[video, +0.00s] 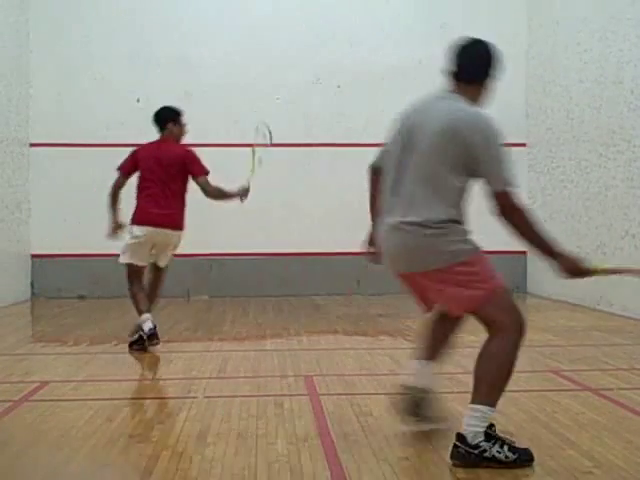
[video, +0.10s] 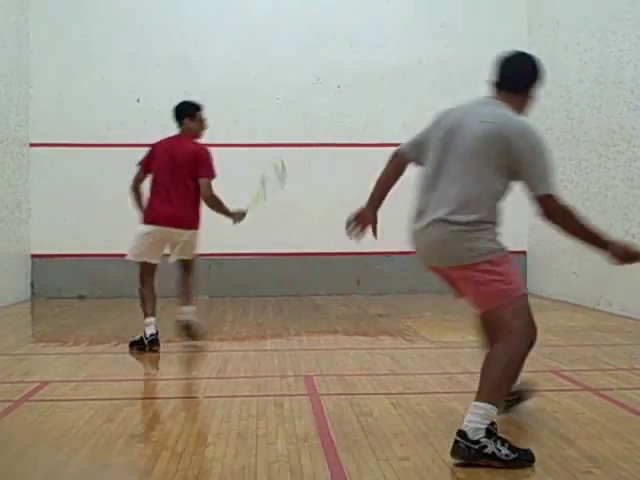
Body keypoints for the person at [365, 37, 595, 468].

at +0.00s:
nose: (488, 84)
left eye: (483, 75)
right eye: (489, 77)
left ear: (453, 72)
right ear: (486, 78)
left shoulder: (417, 111)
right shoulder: (477, 124)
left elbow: (377, 170)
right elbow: (506, 206)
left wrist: (376, 228)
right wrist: (560, 257)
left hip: (394, 239)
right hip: (437, 240)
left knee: (452, 306)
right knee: (508, 324)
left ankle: (415, 388)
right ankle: (475, 436)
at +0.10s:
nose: (533, 97)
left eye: (530, 88)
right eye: (533, 90)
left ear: (496, 81)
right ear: (529, 90)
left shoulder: (453, 116)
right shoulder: (518, 131)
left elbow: (400, 156)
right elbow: (550, 207)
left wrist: (371, 206)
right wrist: (609, 245)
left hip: (429, 238)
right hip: (469, 241)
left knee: (491, 306)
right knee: (519, 331)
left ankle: (500, 385)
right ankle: (474, 434)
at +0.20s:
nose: (563, 109)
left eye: (563, 102)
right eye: (564, 102)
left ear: (527, 92)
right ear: (560, 101)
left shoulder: (485, 120)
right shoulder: (549, 137)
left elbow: (428, 149)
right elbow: (586, 207)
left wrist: (388, 192)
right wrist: (636, 235)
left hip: (457, 234)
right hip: (496, 238)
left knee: (520, 306)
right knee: (520, 333)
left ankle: (554, 371)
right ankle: (477, 426)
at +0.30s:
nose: (590, 126)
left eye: (590, 120)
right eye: (590, 120)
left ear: (556, 109)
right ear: (582, 117)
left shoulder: (512, 133)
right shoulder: (573, 150)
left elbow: (457, 165)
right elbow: (607, 215)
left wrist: (421, 210)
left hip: (487, 246)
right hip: (522, 250)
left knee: (555, 299)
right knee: (539, 337)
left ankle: (575, 378)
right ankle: (486, 414)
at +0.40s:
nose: (607, 143)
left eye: (608, 137)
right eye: (608, 136)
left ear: (574, 124)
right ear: (599, 132)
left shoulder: (530, 143)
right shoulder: (597, 163)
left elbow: (480, 183)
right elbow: (607, 227)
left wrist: (460, 231)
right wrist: (626, 263)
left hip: (499, 249)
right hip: (539, 255)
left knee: (564, 294)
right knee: (560, 342)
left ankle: (579, 376)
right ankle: (492, 400)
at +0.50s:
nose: (613, 141)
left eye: (614, 136)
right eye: (614, 136)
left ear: (580, 124)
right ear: (608, 133)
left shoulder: (542, 139)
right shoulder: (610, 165)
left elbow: (491, 182)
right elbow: (590, 219)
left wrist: (478, 229)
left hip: (506, 239)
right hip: (550, 247)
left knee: (559, 302)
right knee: (565, 335)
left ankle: (579, 376)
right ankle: (499, 380)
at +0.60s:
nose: (607, 129)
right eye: (609, 124)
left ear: (574, 114)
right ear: (608, 123)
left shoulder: (540, 134)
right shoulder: (610, 155)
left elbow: (489, 172)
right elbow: (596, 196)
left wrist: (468, 220)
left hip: (512, 231)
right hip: (558, 236)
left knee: (563, 302)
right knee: (575, 323)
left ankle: (579, 376)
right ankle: (508, 370)